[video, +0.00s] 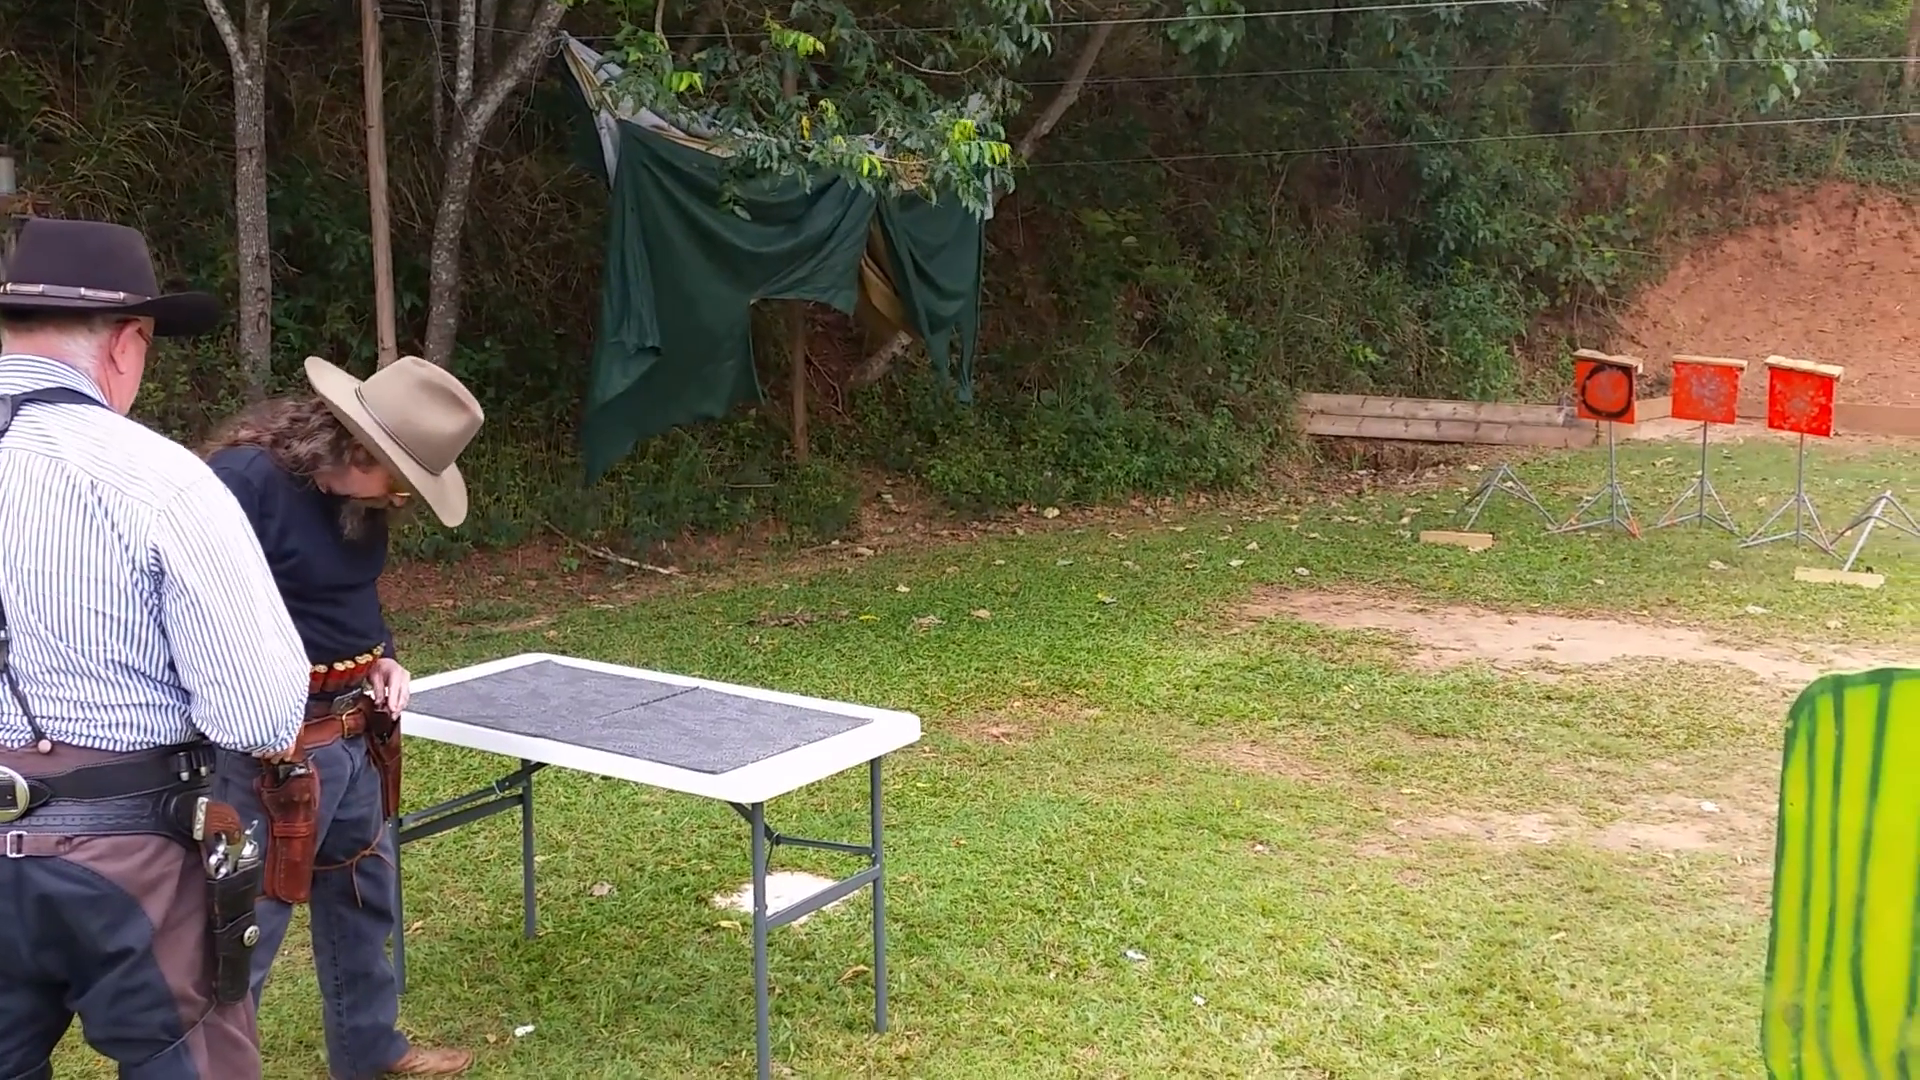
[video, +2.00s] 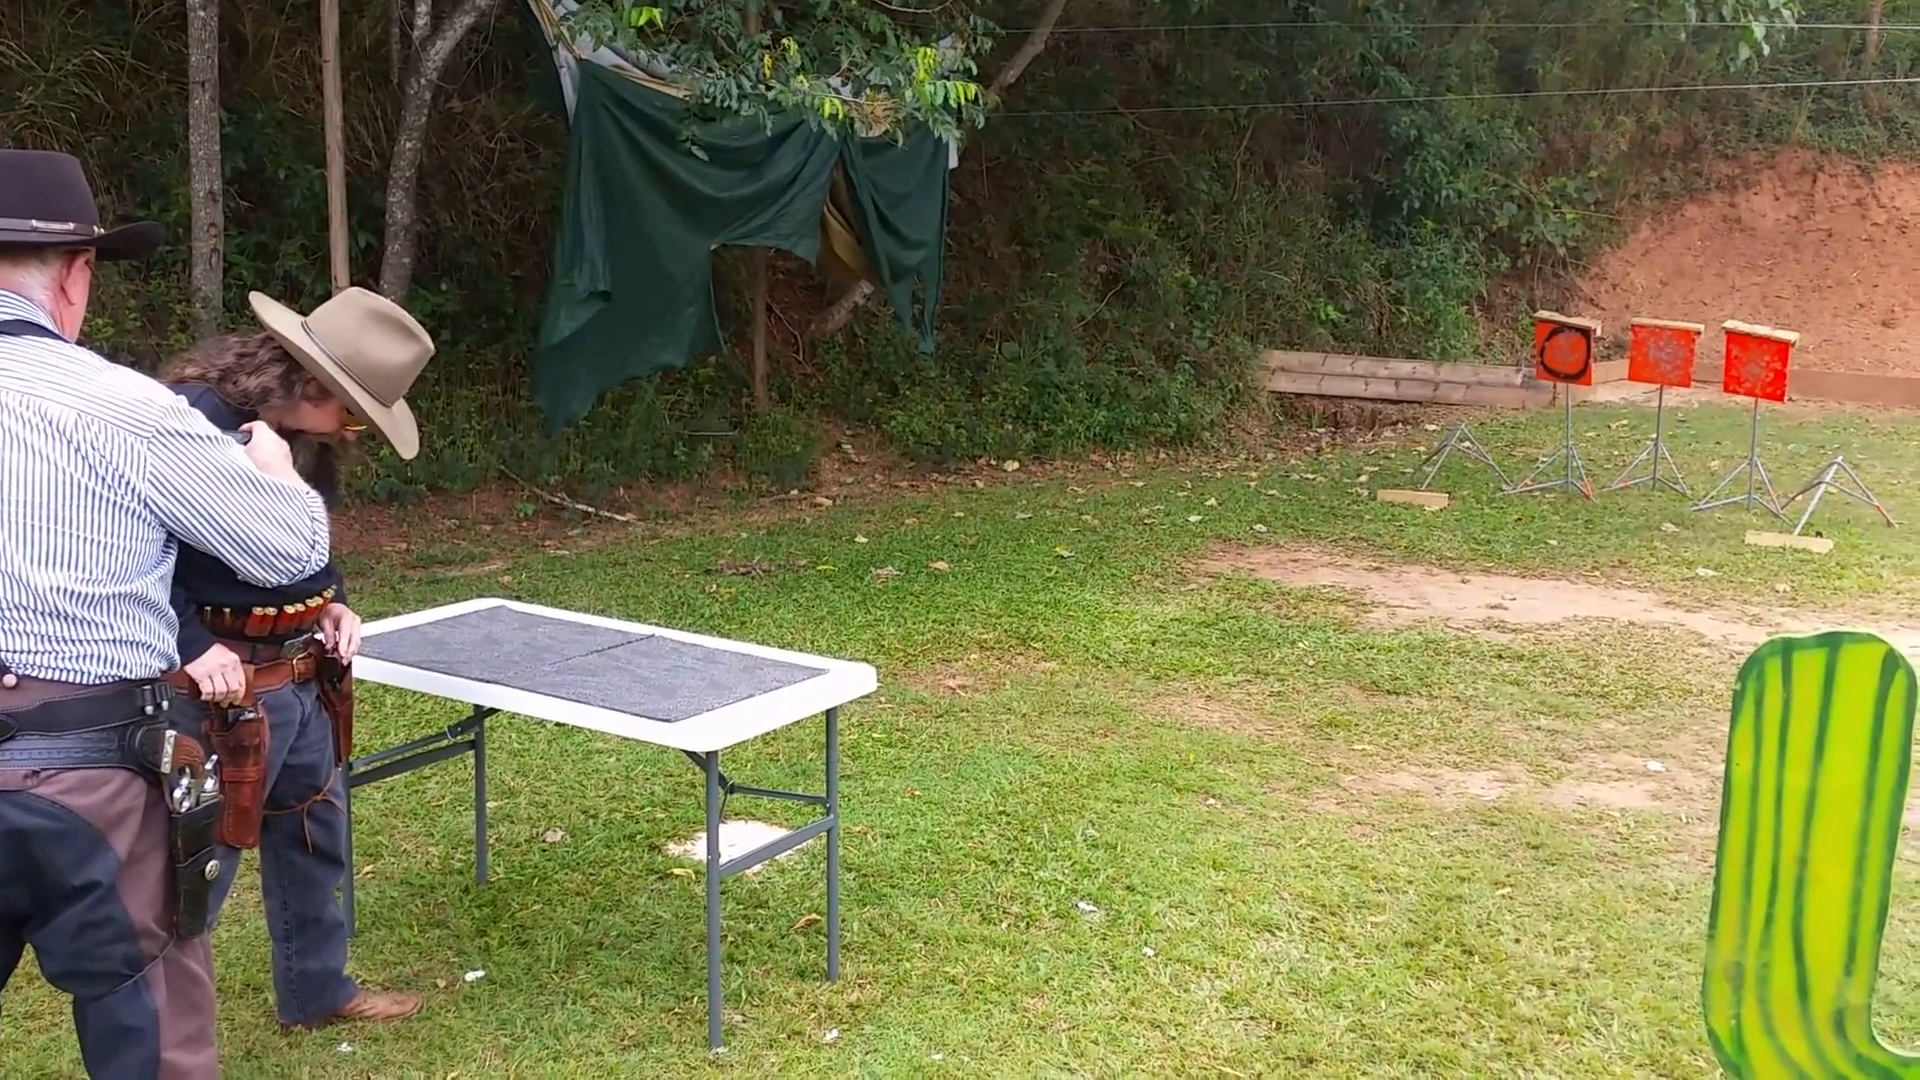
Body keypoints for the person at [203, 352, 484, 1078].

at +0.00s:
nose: (399, 499)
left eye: (408, 488)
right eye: (400, 484)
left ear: (377, 462)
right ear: (369, 454)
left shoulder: (356, 507)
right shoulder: (246, 480)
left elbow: (353, 599)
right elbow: (192, 609)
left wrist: (382, 657)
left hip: (347, 744)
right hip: (261, 753)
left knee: (362, 910)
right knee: (245, 931)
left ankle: (371, 1051)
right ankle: (213, 1059)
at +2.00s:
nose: (350, 432)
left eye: (358, 421)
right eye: (352, 416)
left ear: (324, 395)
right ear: (320, 390)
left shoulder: (297, 445)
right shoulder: (189, 425)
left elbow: (289, 548)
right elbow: (141, 556)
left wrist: (325, 605)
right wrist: (192, 643)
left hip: (296, 681)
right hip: (215, 694)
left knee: (313, 839)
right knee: (197, 870)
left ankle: (316, 992)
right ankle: (159, 1017)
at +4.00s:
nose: (290, 328)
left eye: (285, 316)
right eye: (281, 315)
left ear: (200, 320)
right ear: (255, 321)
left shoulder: (159, 384)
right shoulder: (242, 398)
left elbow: (306, 383)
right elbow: (352, 407)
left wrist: (401, 359)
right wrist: (432, 378)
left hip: (137, 652)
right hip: (184, 667)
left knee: (254, 817)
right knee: (166, 862)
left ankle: (264, 982)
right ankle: (93, 1016)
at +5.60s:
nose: (279, 340)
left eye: (276, 325)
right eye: (270, 325)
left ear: (193, 326)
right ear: (235, 329)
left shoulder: (142, 384)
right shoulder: (222, 399)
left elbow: (304, 393)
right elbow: (332, 415)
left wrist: (400, 365)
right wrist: (426, 387)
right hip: (155, 663)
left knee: (233, 815)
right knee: (143, 867)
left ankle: (241, 983)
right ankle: (65, 1023)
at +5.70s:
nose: (280, 340)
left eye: (277, 325)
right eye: (272, 325)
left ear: (196, 328)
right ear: (234, 329)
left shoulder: (144, 386)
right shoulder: (221, 401)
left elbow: (302, 393)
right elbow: (332, 416)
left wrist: (399, 366)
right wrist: (425, 387)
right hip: (154, 666)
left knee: (232, 817)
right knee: (142, 870)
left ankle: (241, 984)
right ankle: (64, 1024)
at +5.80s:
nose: (281, 341)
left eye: (278, 327)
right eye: (272, 327)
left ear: (196, 329)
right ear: (236, 331)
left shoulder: (148, 387)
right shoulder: (221, 402)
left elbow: (304, 394)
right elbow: (334, 417)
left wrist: (400, 366)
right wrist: (428, 388)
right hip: (153, 670)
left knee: (233, 819)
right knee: (143, 869)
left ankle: (241, 985)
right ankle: (68, 1026)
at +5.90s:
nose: (281, 342)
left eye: (277, 327)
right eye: (271, 327)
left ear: (196, 328)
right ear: (235, 330)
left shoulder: (149, 386)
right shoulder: (221, 401)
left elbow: (303, 393)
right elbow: (333, 420)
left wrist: (402, 362)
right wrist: (422, 392)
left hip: (130, 655)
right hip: (154, 668)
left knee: (231, 821)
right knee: (146, 864)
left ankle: (241, 985)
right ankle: (65, 1022)